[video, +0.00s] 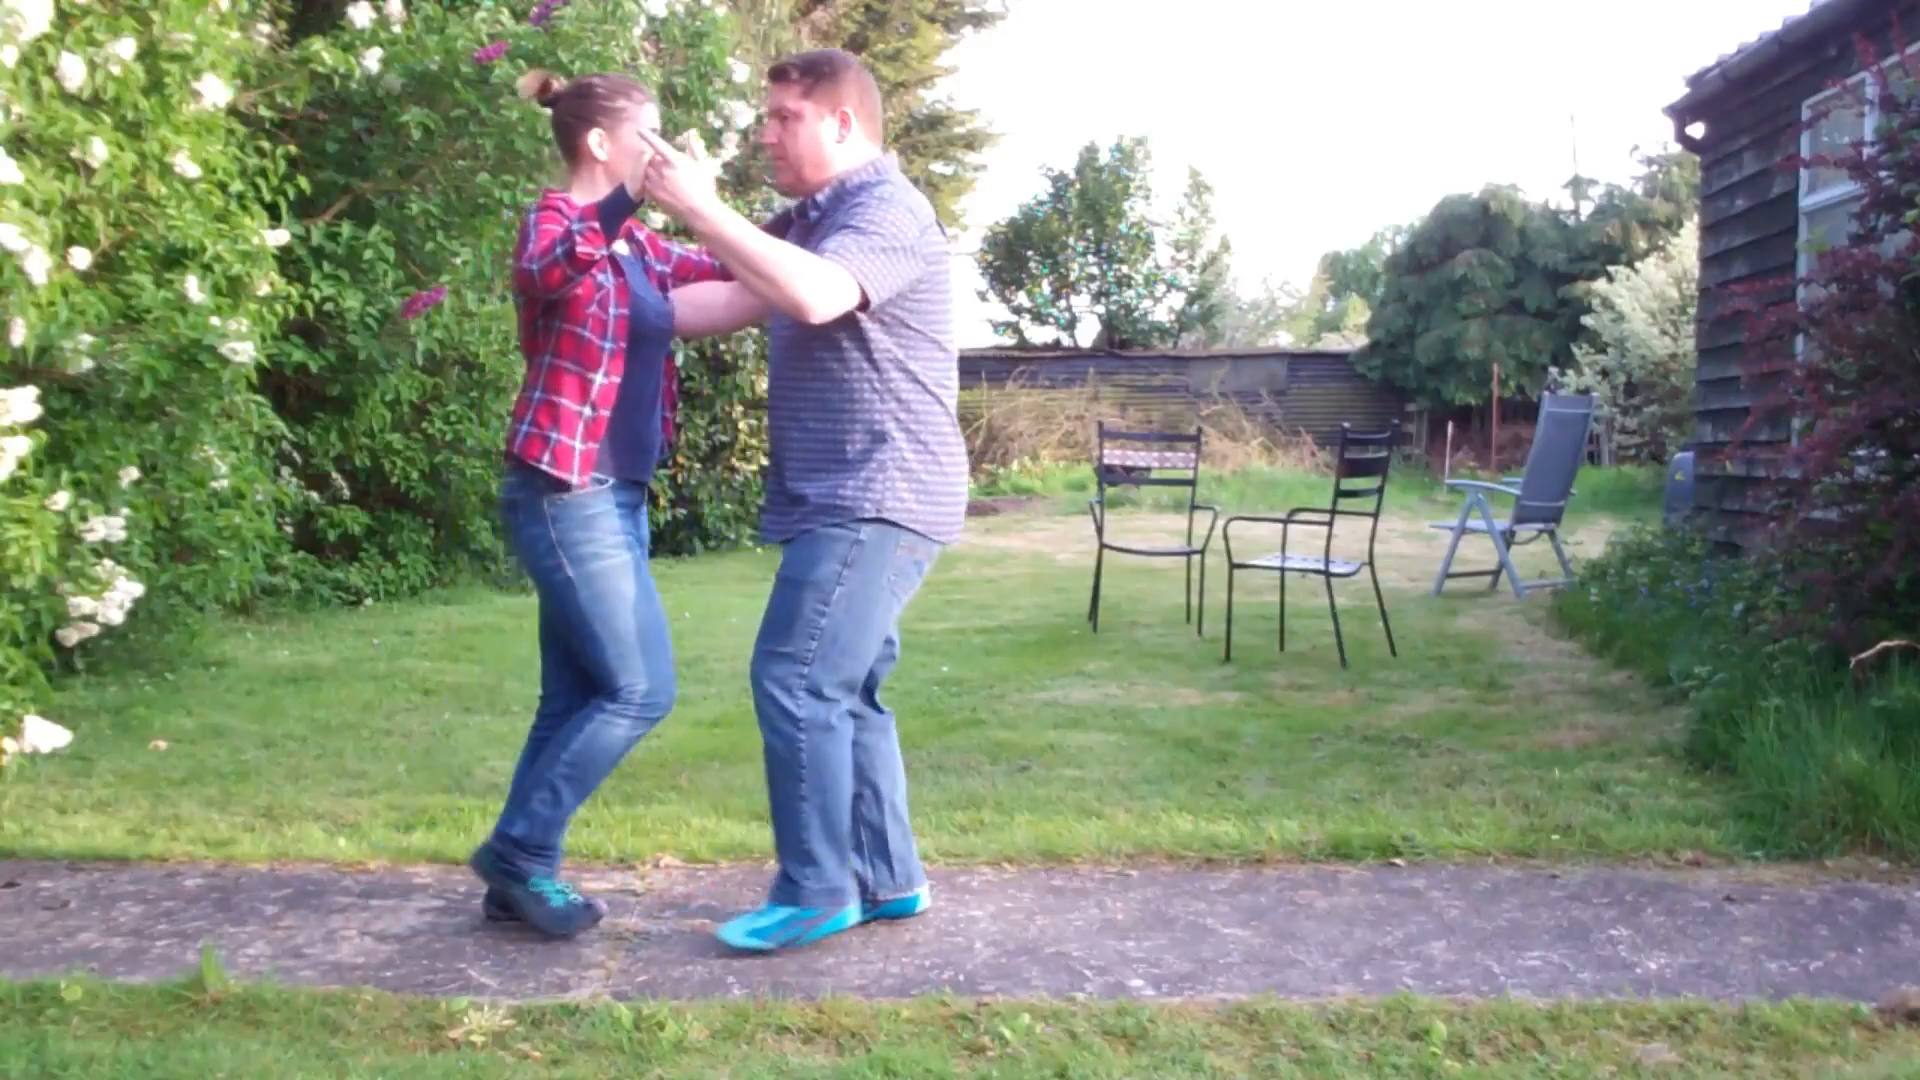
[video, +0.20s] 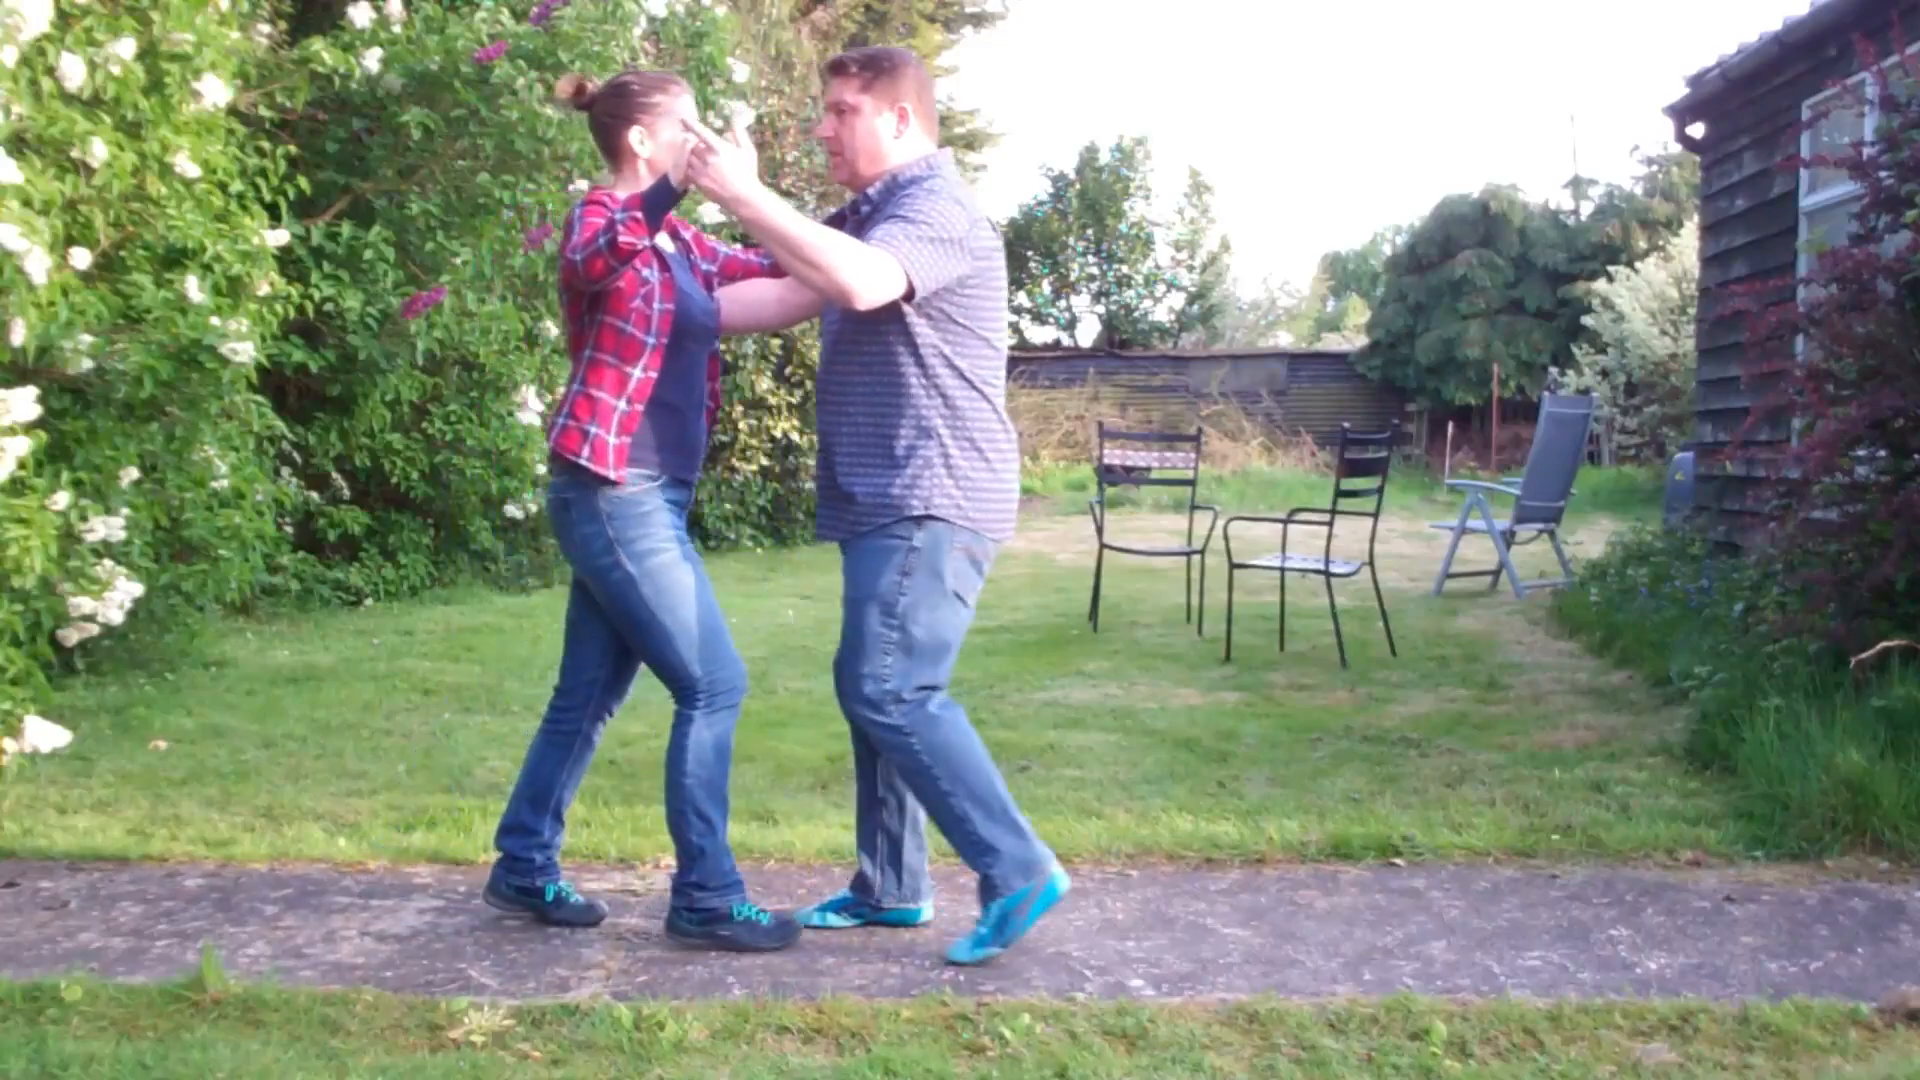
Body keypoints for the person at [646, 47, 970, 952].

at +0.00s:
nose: (764, 135)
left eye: (781, 118)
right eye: (765, 118)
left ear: (839, 121)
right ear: (824, 124)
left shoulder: (886, 208)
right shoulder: (817, 223)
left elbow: (816, 294)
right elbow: (707, 299)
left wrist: (703, 208)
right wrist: (596, 302)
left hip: (883, 495)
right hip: (842, 496)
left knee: (795, 678)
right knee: (850, 687)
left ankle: (817, 891)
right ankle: (887, 874)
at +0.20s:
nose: (825, 130)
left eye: (841, 112)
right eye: (826, 113)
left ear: (900, 116)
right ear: (882, 121)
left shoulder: (937, 208)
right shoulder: (875, 219)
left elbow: (864, 280)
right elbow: (778, 293)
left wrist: (745, 194)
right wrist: (651, 293)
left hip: (937, 496)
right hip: (885, 499)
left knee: (893, 689)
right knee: (871, 689)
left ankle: (1020, 871)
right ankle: (890, 887)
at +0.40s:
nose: (884, 127)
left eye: (899, 109)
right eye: (884, 111)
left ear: (954, 112)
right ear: (944, 116)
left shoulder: (997, 195)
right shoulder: (940, 211)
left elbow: (918, 269)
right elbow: (839, 292)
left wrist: (794, 186)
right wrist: (708, 296)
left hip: (1001, 499)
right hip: (955, 502)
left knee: (997, 706)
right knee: (928, 695)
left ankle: (1070, 912)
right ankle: (904, 885)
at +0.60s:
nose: (943, 128)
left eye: (955, 111)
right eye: (945, 113)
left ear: (1010, 110)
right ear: (1005, 114)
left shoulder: (1063, 199)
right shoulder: (994, 213)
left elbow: (978, 268)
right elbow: (896, 289)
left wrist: (856, 189)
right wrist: (764, 312)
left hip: (1048, 499)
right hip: (998, 503)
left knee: (1028, 703)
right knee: (964, 682)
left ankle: (1070, 920)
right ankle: (1093, 846)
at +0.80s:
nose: (988, 124)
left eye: (1000, 105)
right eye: (990, 106)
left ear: (1052, 106)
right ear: (1055, 108)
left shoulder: (1100, 195)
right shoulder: (1040, 208)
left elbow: (1022, 264)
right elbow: (935, 288)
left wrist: (898, 185)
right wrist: (802, 308)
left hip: (1079, 494)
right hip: (1046, 495)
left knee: (1055, 709)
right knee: (1101, 699)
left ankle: (1071, 921)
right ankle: (1215, 869)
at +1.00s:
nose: (1003, 130)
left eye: (1013, 110)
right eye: (1005, 112)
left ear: (1066, 108)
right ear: (1073, 109)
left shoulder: (1114, 198)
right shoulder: (1060, 211)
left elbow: (1036, 273)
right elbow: (956, 287)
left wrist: (914, 194)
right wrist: (823, 308)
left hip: (1097, 495)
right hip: (1111, 495)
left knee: (1029, 695)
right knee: (1140, 697)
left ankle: (1055, 912)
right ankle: (1234, 881)